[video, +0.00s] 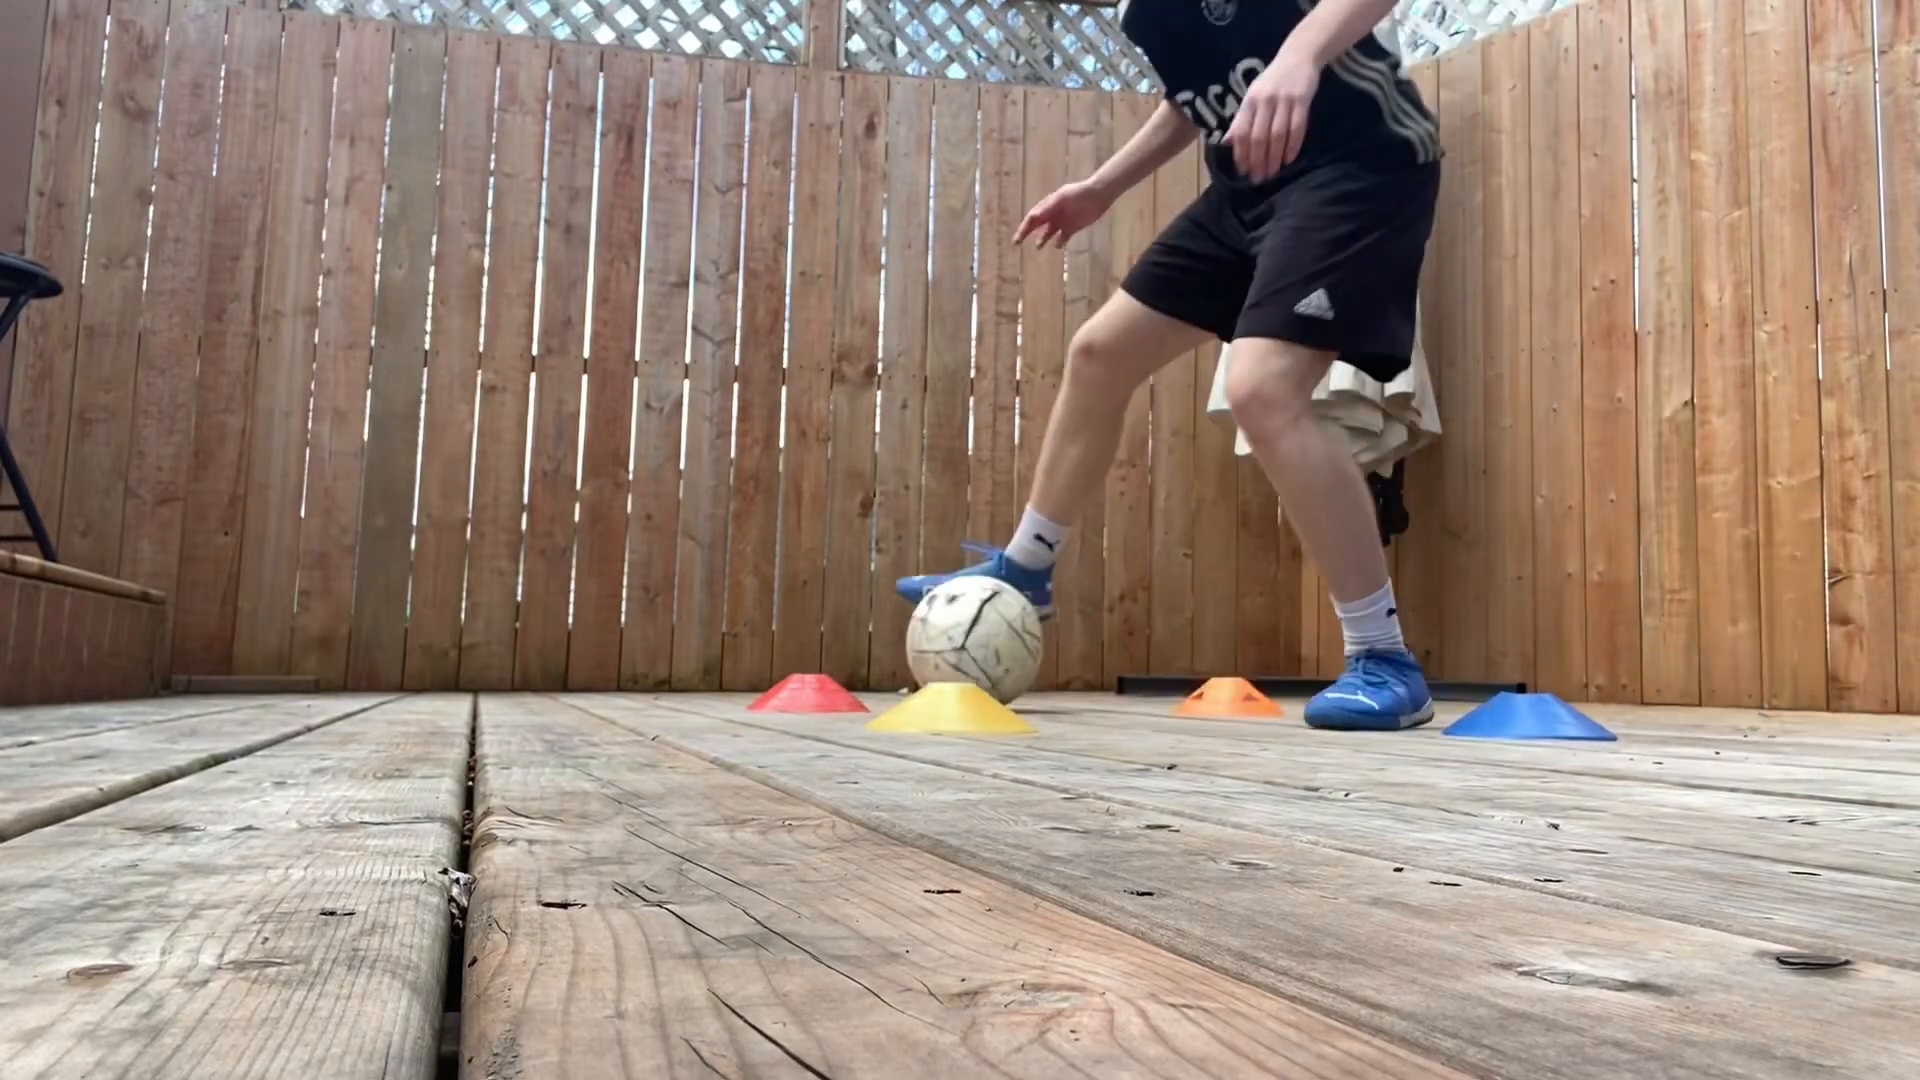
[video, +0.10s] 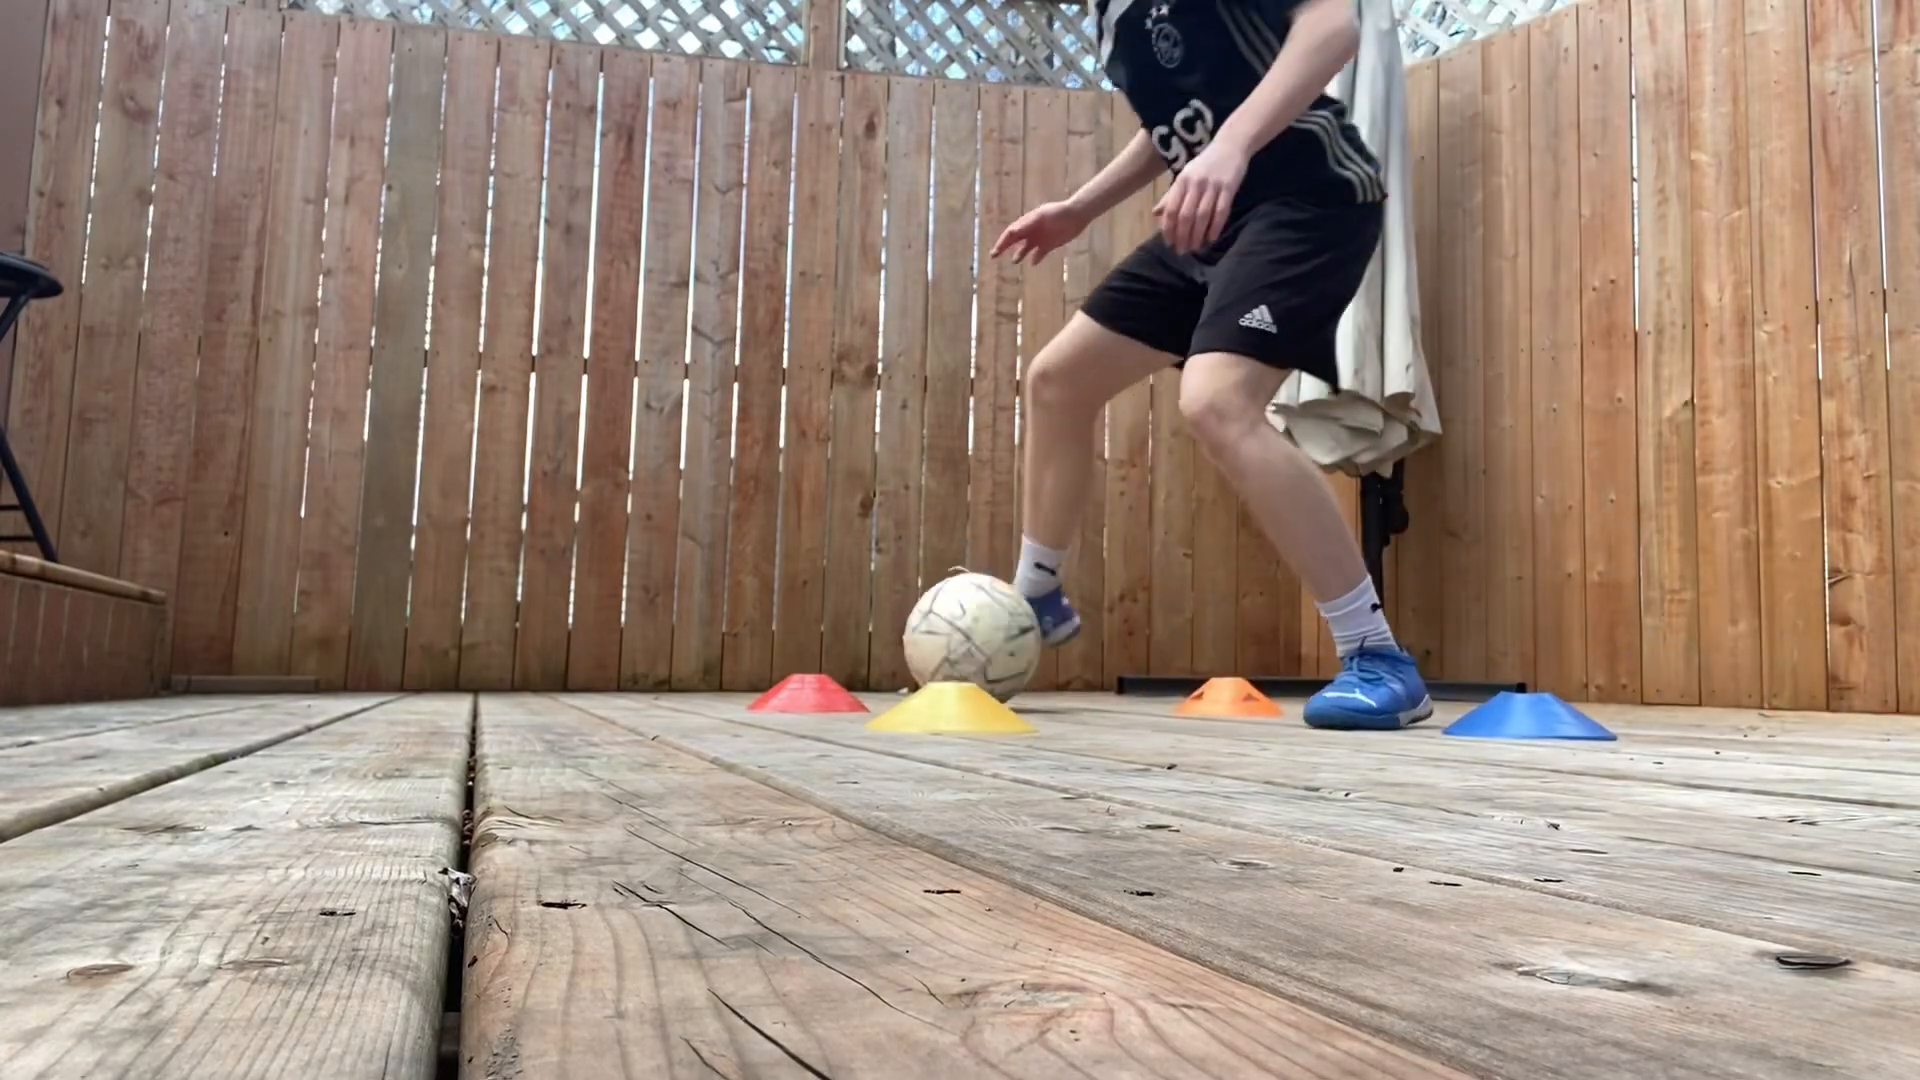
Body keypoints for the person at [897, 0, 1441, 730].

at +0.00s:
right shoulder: (1146, 11)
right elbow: (1199, 96)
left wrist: (1299, 55)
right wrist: (1101, 187)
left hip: (1356, 155)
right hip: (1248, 178)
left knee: (1264, 389)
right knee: (1100, 355)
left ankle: (1384, 664)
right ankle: (1022, 574)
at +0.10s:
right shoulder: (1124, 28)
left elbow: (1333, 26)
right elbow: (1174, 129)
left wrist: (1231, 143)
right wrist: (1079, 208)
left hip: (1308, 184)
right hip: (1210, 204)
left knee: (1219, 403)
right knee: (1058, 380)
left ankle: (1377, 659)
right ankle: (1037, 599)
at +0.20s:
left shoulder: (1179, 1)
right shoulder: (1067, 35)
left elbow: (1288, 74)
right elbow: (1116, 163)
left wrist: (1201, 185)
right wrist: (1033, 236)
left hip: (1243, 224)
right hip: (1151, 253)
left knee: (1201, 406)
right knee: (1046, 452)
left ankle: (1372, 659)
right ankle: (1075, 665)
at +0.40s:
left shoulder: (1115, 1)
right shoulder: (992, 40)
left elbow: (1223, 65)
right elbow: (1036, 162)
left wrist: (1206, 190)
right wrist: (963, 239)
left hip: (1161, 217)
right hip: (1079, 244)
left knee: (1158, 374)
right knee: (986, 423)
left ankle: (1305, 627)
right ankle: (994, 637)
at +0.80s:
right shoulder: (1001, 31)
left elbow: (1263, 1)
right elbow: (1034, 164)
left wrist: (1265, 94)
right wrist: (980, 280)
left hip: (1212, 175)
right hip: (1117, 220)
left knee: (1149, 341)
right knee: (1010, 400)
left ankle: (1237, 624)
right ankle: (965, 628)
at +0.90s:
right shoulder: (1023, 40)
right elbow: (1054, 166)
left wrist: (1303, 68)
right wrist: (988, 279)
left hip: (1241, 122)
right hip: (1147, 192)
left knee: (1152, 261)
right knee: (1031, 390)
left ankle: (1285, 553)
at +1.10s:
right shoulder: (1049, 40)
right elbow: (1070, 207)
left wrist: (1318, 13)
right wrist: (1004, 316)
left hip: (1301, 118)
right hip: (1198, 215)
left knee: (1219, 261)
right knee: (1087, 418)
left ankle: (1303, 456)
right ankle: (1169, 662)